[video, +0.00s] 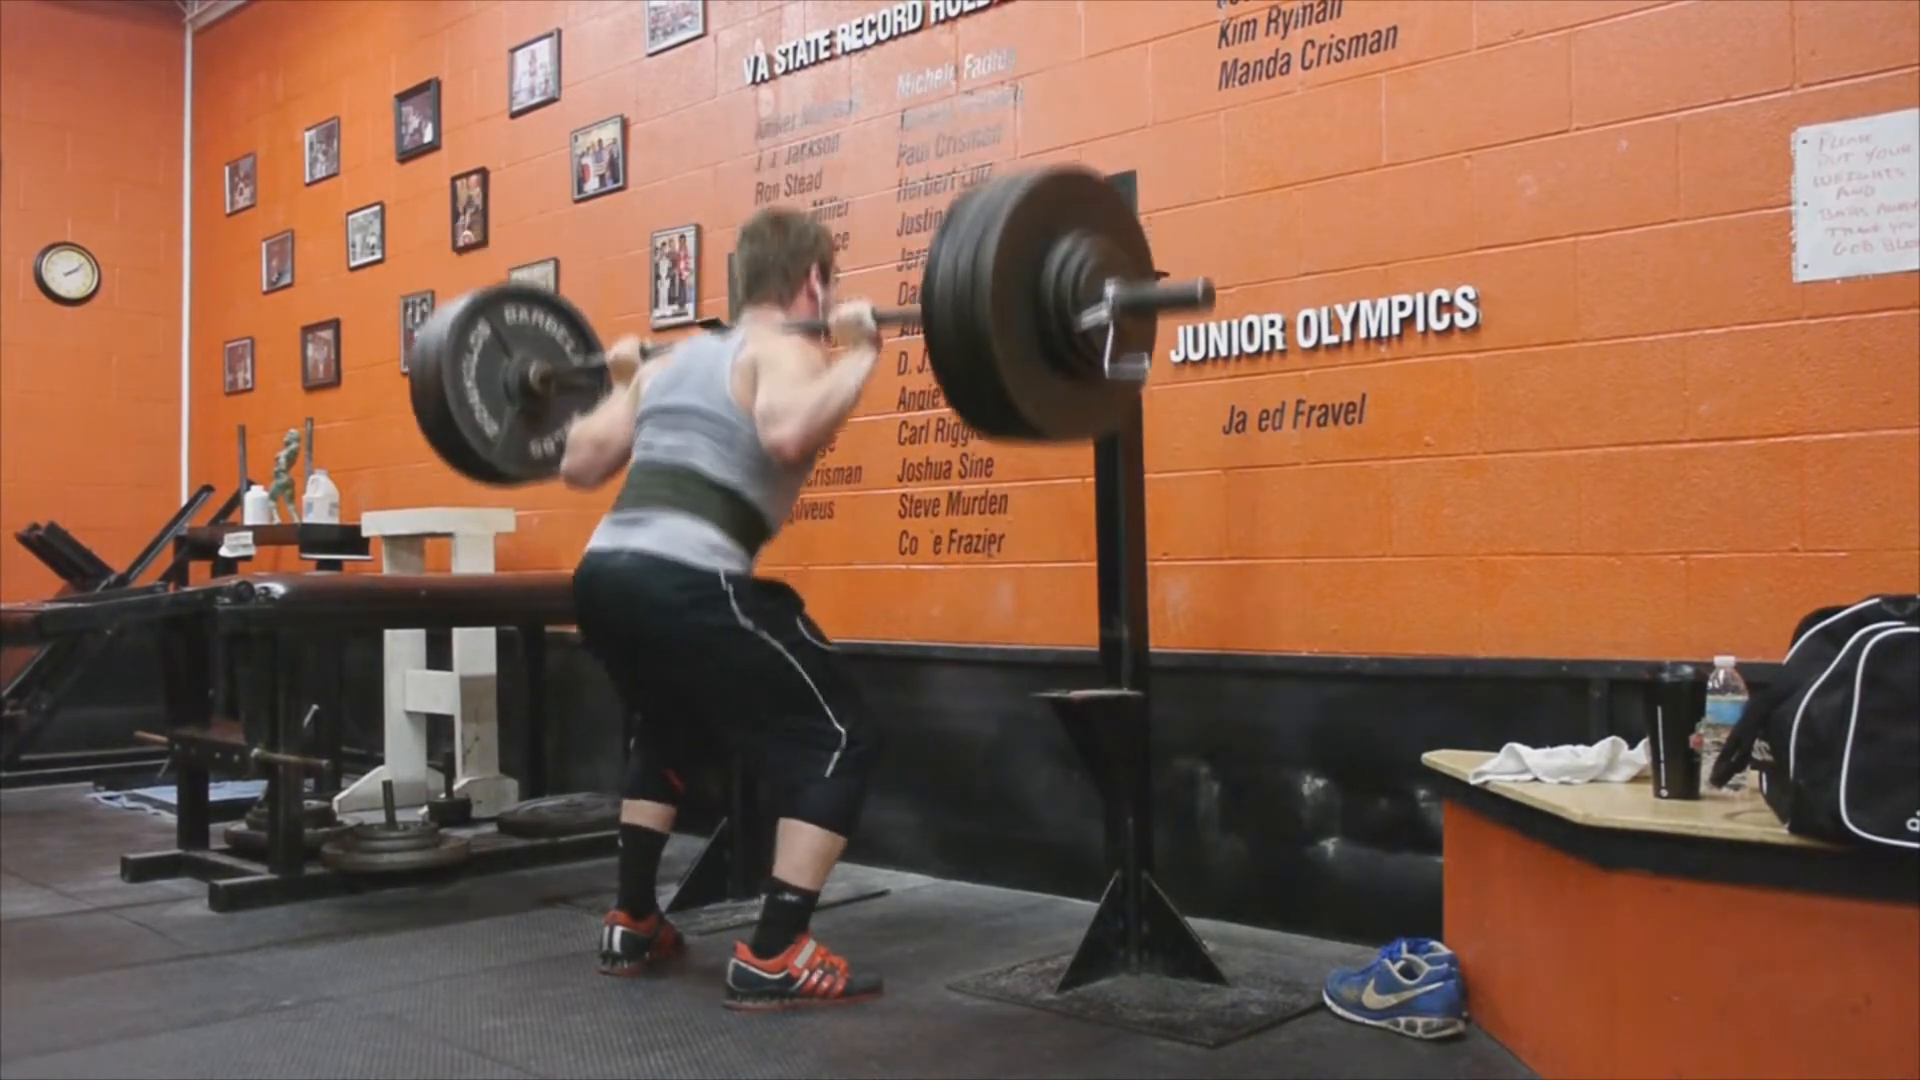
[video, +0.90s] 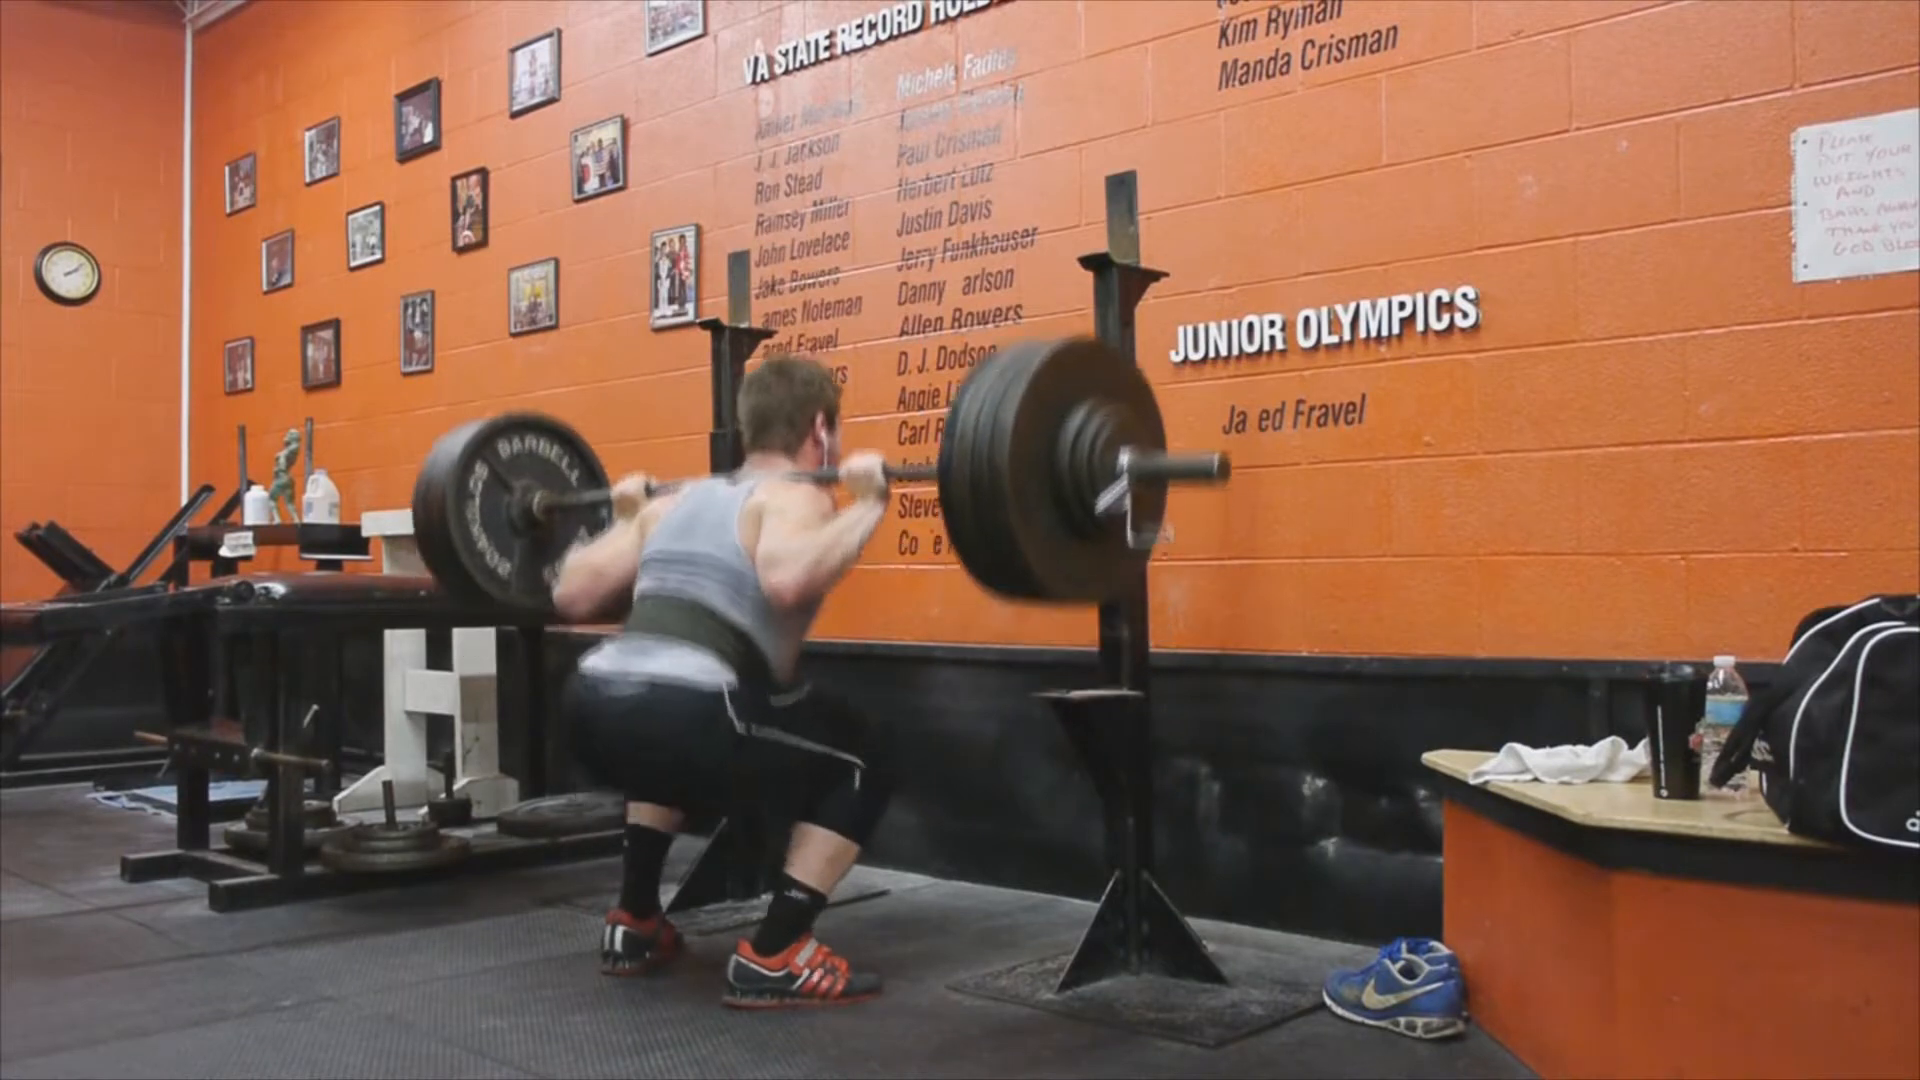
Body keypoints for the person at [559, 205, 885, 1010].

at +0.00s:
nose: (833, 294)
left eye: (830, 280)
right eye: (830, 281)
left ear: (743, 285)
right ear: (808, 283)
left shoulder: (676, 359)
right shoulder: (788, 347)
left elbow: (580, 463)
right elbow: (786, 434)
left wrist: (624, 381)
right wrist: (861, 351)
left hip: (605, 578)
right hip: (691, 585)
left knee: (662, 725)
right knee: (838, 734)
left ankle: (633, 920)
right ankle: (776, 947)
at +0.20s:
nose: (835, 373)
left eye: (837, 361)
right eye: (834, 360)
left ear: (744, 363)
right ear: (815, 363)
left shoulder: (675, 434)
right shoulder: (789, 427)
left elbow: (579, 540)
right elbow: (790, 515)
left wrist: (625, 454)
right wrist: (864, 440)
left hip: (594, 642)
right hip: (687, 654)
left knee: (665, 735)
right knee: (853, 750)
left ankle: (634, 920)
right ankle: (776, 949)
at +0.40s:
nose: (833, 451)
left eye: (833, 436)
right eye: (831, 436)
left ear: (743, 442)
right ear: (813, 443)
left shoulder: (675, 515)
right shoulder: (792, 516)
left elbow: (587, 621)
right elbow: (796, 610)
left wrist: (627, 533)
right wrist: (868, 525)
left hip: (599, 736)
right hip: (696, 749)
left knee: (675, 751)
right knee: (870, 782)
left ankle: (634, 918)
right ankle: (776, 951)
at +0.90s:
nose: (837, 443)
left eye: (835, 428)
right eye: (835, 428)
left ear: (746, 432)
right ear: (817, 432)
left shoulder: (674, 503)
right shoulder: (798, 498)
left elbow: (574, 594)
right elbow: (786, 582)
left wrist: (626, 516)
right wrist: (867, 505)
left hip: (600, 713)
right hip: (698, 721)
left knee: (674, 751)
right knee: (860, 768)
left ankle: (634, 917)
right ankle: (775, 950)